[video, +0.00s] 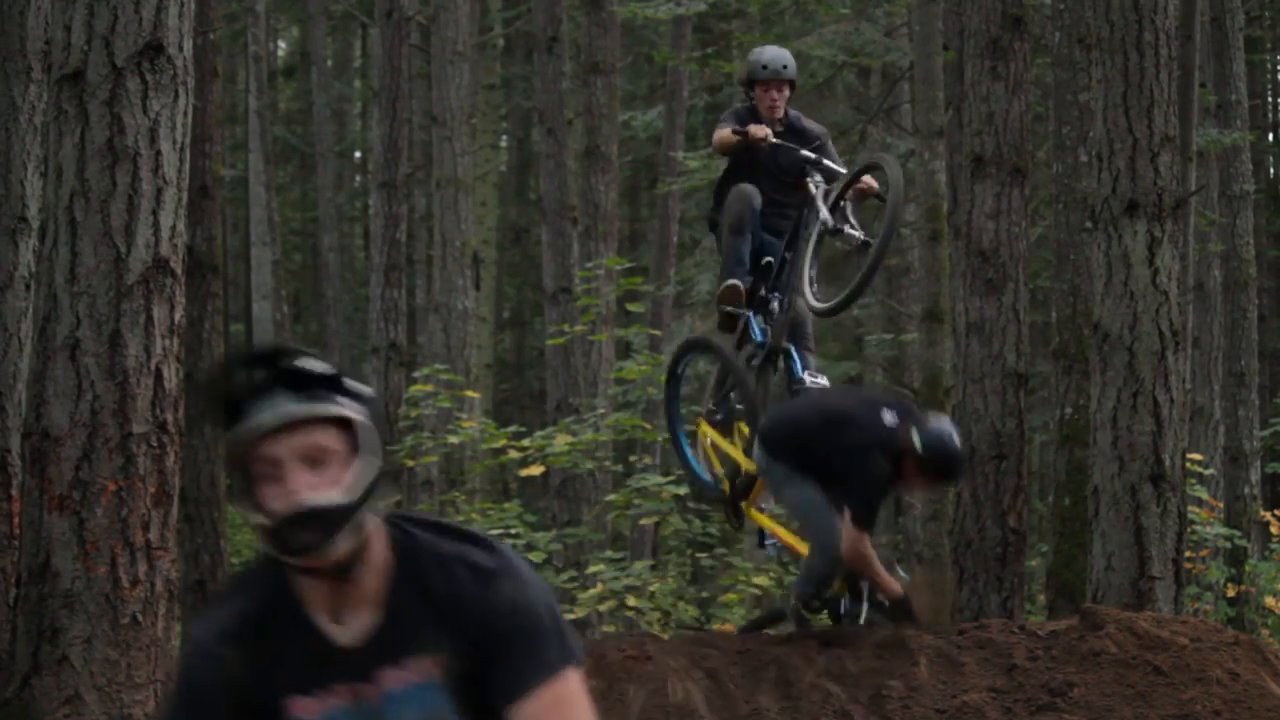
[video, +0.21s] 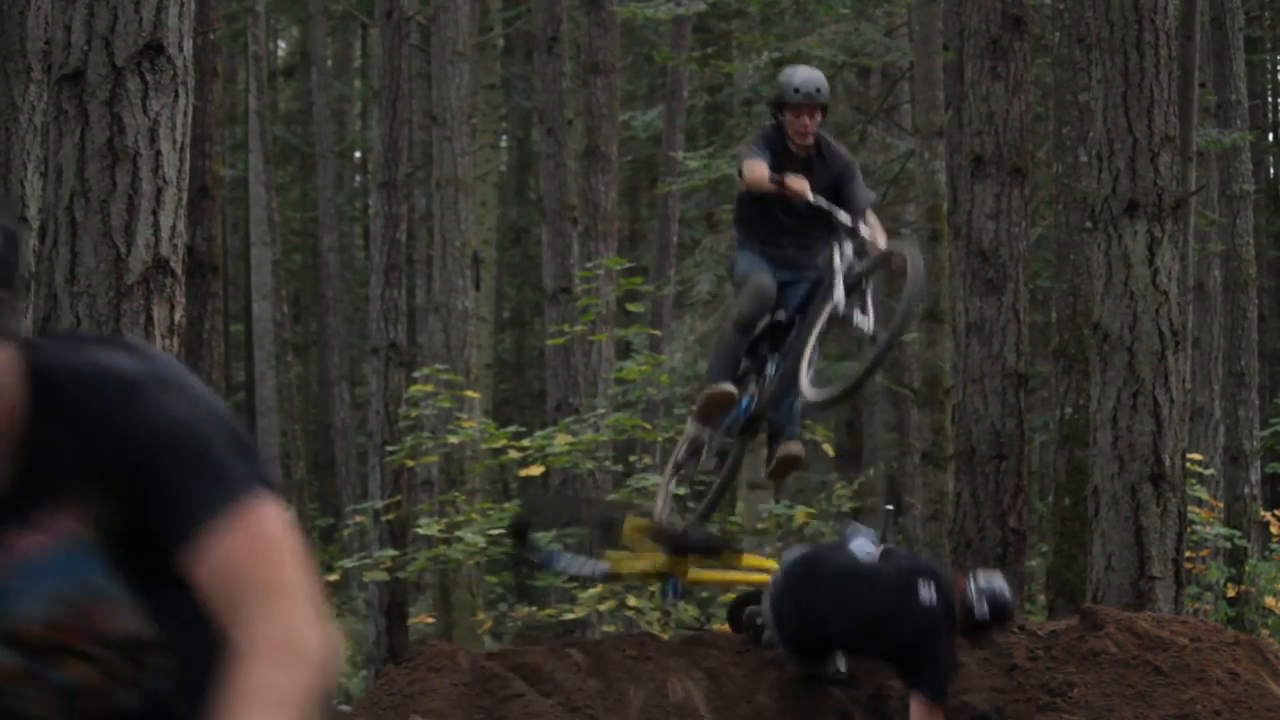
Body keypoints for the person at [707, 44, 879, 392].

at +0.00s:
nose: (774, 96)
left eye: (780, 89)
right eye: (766, 89)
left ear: (791, 91)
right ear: (752, 91)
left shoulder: (811, 133)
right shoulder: (738, 118)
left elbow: (837, 182)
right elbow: (719, 143)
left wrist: (861, 187)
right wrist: (745, 138)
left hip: (786, 236)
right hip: (740, 226)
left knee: (797, 308)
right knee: (745, 193)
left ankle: (805, 377)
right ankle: (733, 288)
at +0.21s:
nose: (805, 123)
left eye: (813, 115)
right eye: (797, 114)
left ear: (823, 116)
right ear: (781, 114)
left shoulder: (837, 161)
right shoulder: (766, 143)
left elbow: (864, 213)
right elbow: (750, 174)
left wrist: (879, 244)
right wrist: (781, 183)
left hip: (806, 266)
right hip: (756, 255)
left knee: (797, 348)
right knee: (761, 291)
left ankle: (784, 441)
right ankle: (720, 385)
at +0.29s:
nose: (841, 171)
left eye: (848, 162)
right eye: (832, 161)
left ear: (857, 163)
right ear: (813, 158)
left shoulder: (863, 213)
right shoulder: (788, 187)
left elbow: (871, 280)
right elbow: (764, 231)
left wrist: (879, 334)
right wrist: (774, 268)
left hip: (815, 315)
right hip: (766, 301)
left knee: (795, 404)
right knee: (760, 362)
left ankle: (769, 510)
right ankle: (729, 448)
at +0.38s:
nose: (872, 226)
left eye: (878, 217)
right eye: (863, 215)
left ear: (883, 218)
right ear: (838, 212)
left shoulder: (882, 263)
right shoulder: (804, 242)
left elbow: (898, 330)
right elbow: (783, 287)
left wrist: (916, 385)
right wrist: (796, 321)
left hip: (818, 363)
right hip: (773, 343)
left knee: (792, 471)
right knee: (774, 411)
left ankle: (752, 576)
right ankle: (728, 498)